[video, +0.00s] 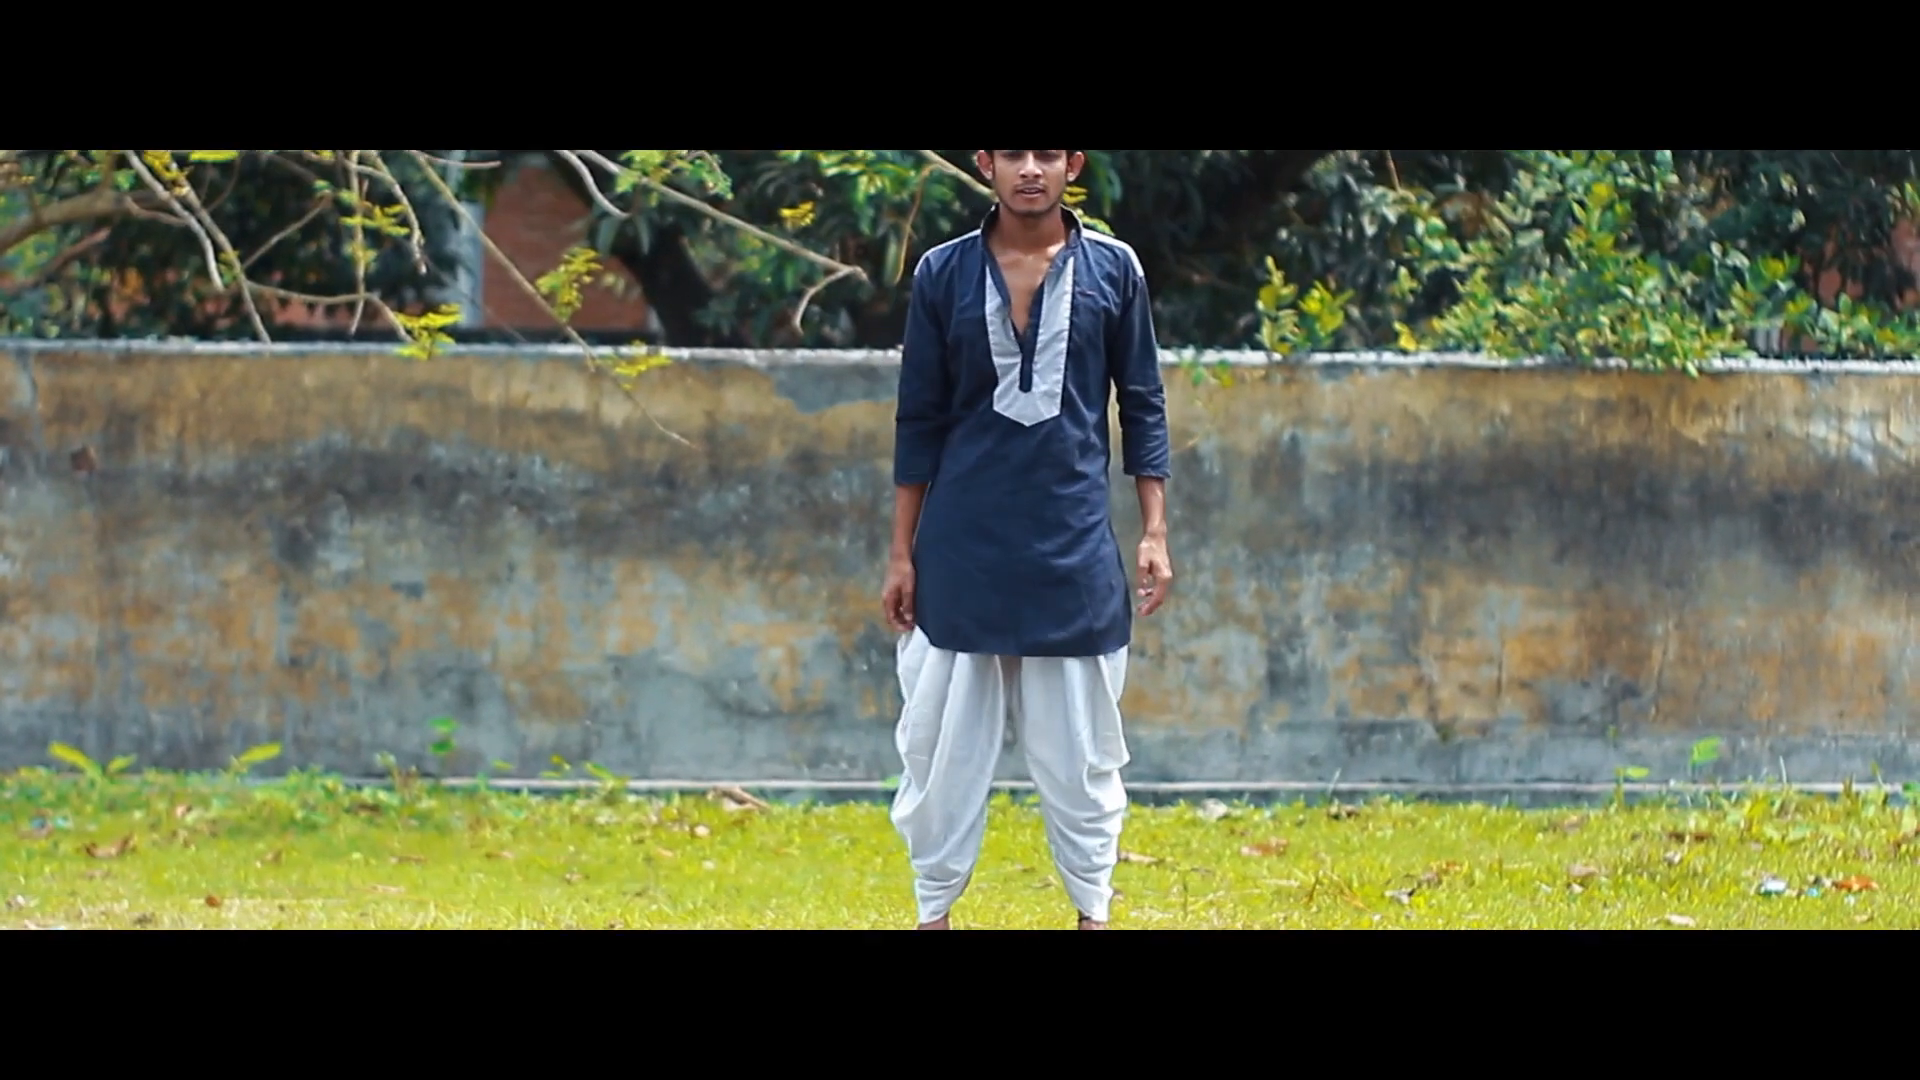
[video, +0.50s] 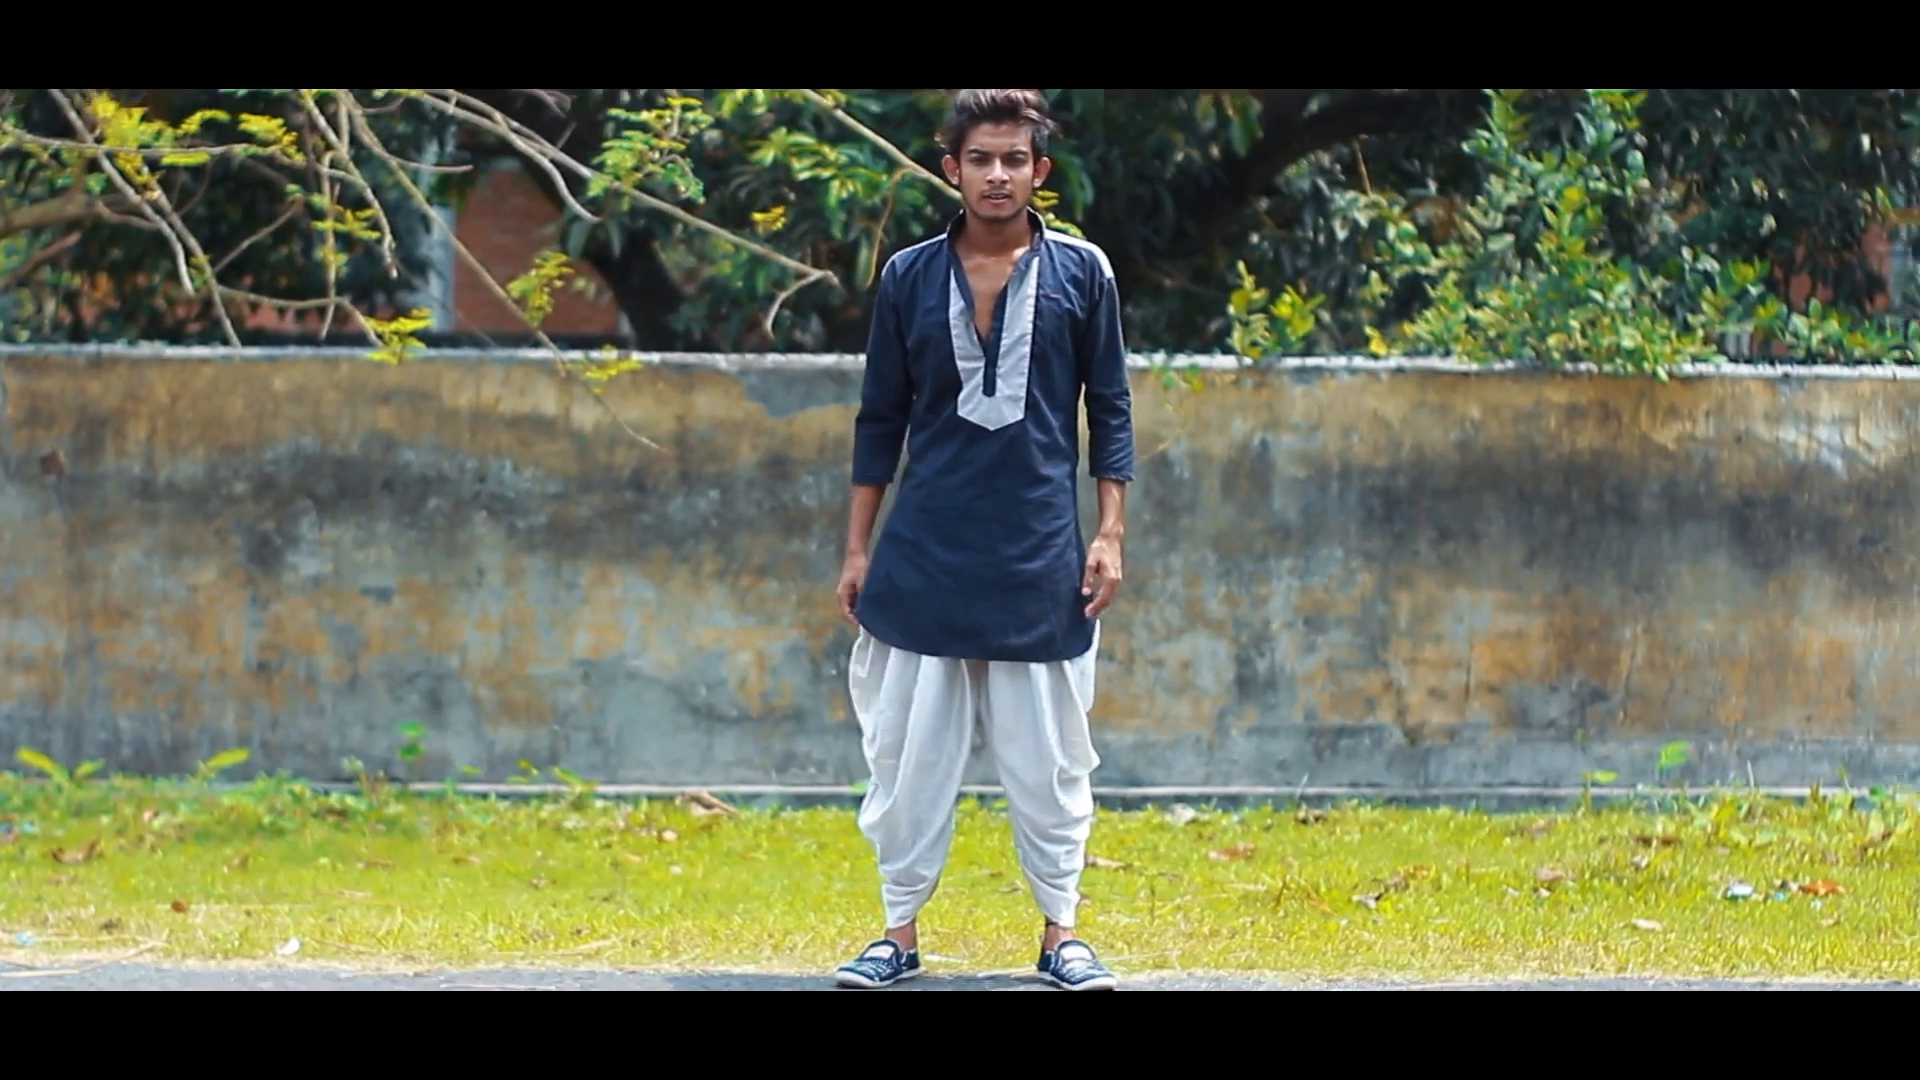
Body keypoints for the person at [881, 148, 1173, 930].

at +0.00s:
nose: (1030, 172)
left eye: (1046, 156)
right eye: (1013, 156)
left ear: (1070, 165)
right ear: (987, 164)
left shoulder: (1113, 267)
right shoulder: (941, 271)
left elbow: (1142, 404)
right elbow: (918, 418)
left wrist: (1154, 529)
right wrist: (901, 551)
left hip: (1072, 543)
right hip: (958, 543)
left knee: (1081, 744)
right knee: (940, 745)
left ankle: (1093, 914)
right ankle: (933, 915)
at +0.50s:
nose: (999, 175)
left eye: (1015, 159)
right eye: (983, 159)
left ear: (1039, 169)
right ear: (952, 167)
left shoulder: (1080, 270)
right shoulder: (908, 274)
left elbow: (1110, 409)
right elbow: (879, 418)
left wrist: (1109, 534)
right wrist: (858, 547)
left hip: (1039, 545)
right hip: (923, 543)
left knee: (1051, 749)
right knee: (905, 746)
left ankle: (1061, 938)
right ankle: (900, 938)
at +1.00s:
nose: (947, 173)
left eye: (964, 159)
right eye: (931, 158)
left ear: (986, 170)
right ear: (902, 167)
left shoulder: (1023, 273)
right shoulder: (858, 277)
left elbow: (1041, 408)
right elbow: (848, 414)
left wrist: (1043, 521)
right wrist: (867, 525)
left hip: (994, 540)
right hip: (886, 541)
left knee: (1020, 742)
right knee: (871, 745)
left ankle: (1039, 934)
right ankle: (877, 937)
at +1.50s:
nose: (987, 176)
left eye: (1005, 161)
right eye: (973, 162)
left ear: (1039, 171)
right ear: (954, 173)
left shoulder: (1089, 275)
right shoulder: (919, 282)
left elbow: (1125, 409)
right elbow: (899, 427)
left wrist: (1142, 535)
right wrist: (881, 553)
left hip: (1049, 547)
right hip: (940, 546)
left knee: (1049, 747)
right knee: (898, 728)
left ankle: (1044, 933)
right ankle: (902, 927)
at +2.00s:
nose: (988, 173)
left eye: (1005, 158)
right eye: (972, 158)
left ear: (1031, 169)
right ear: (948, 169)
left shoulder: (1079, 273)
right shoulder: (902, 275)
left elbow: (1130, 396)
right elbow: (856, 388)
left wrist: (1120, 507)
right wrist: (851, 503)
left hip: (1036, 547)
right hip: (926, 546)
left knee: (1043, 750)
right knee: (907, 747)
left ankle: (1044, 935)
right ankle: (910, 933)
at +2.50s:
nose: (1023, 145)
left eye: (1040, 129)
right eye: (1008, 130)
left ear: (1073, 132)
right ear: (985, 132)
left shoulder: (1110, 212)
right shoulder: (959, 205)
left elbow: (1155, 289)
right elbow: (837, 253)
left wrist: (1066, 287)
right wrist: (924, 246)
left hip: (1067, 491)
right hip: (973, 485)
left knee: (1017, 690)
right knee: (936, 695)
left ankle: (986, 892)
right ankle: (1022, 884)